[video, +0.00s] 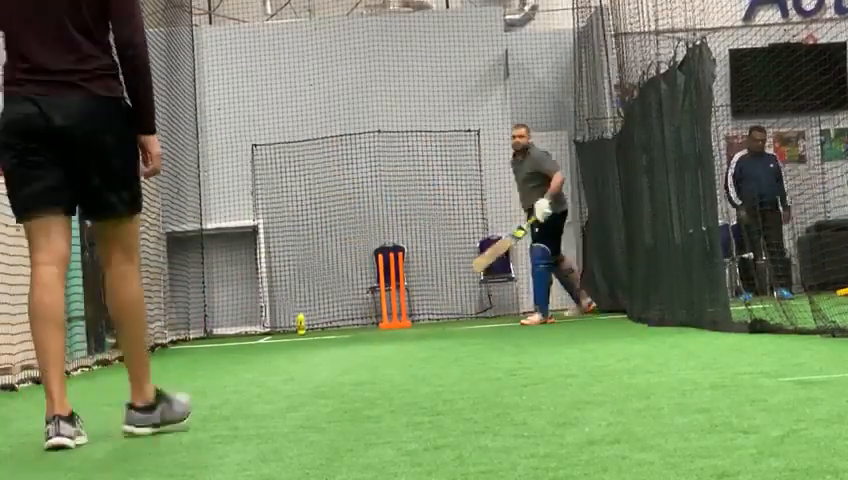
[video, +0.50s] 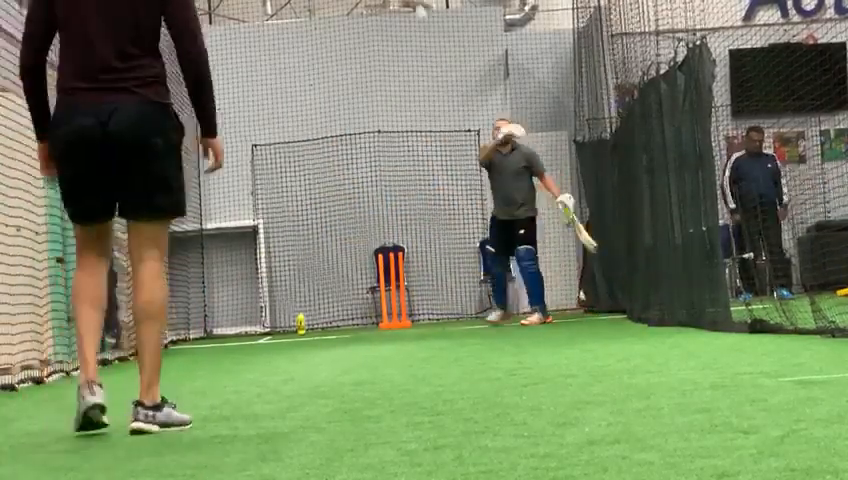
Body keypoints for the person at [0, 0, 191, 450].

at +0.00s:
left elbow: (4, 59)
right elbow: (131, 42)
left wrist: (4, 146)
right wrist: (146, 126)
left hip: (23, 115)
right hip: (100, 113)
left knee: (46, 263)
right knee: (121, 259)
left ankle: (58, 416)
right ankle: (143, 400)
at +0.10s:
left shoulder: (14, 6)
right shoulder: (126, 0)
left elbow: (1, 58)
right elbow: (143, 52)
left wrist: (1, 136)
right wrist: (154, 135)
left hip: (38, 120)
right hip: (110, 118)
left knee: (56, 262)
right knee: (125, 264)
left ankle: (58, 414)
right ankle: (147, 402)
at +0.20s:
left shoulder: (23, 4)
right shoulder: (140, 0)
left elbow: (9, 59)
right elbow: (157, 55)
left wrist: (11, 139)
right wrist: (167, 138)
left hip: (51, 123)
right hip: (124, 121)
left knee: (68, 260)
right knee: (138, 261)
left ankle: (59, 400)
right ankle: (148, 402)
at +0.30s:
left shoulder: (37, 1)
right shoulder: (154, 0)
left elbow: (22, 60)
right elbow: (170, 55)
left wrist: (21, 141)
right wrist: (183, 138)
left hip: (64, 125)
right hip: (138, 124)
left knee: (78, 261)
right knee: (144, 261)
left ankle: (60, 367)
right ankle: (149, 403)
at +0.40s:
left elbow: (28, 61)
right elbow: (182, 54)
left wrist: (32, 141)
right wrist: (199, 137)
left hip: (72, 122)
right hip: (144, 120)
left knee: (83, 253)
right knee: (148, 259)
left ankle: (73, 358)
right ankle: (149, 403)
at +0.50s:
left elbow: (30, 59)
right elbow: (191, 49)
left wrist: (43, 133)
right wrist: (208, 129)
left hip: (76, 120)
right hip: (147, 119)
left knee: (91, 253)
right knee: (149, 258)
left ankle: (90, 382)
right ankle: (149, 402)